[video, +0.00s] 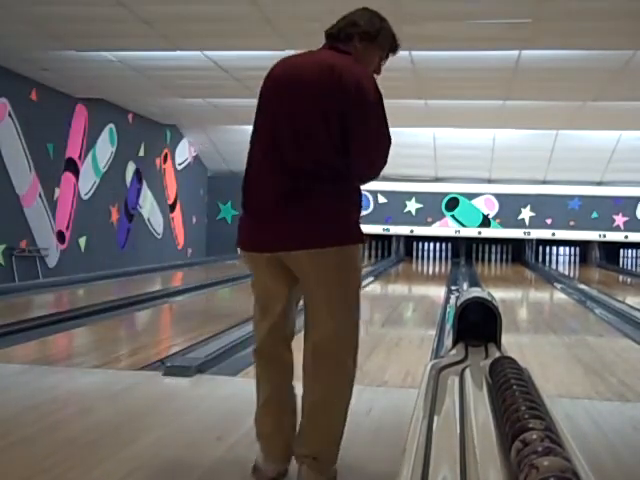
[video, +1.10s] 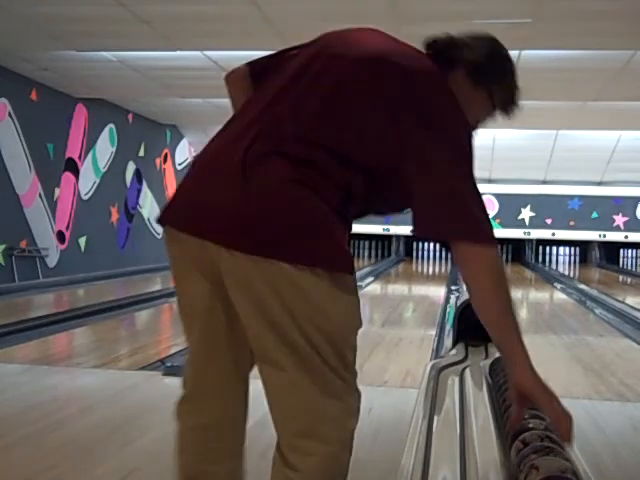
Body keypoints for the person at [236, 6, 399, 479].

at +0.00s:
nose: (378, 71)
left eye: (383, 62)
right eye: (380, 60)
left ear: (337, 39)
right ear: (360, 43)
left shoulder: (282, 69)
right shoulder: (358, 81)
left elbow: (266, 147)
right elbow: (372, 160)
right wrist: (326, 177)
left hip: (260, 226)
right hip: (324, 231)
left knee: (270, 339)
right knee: (332, 345)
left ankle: (272, 457)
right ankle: (316, 462)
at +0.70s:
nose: (393, 35)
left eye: (400, 24)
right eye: (398, 18)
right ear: (375, 2)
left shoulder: (274, 27)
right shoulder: (335, 34)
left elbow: (212, 111)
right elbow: (338, 133)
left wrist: (287, 146)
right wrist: (401, 217)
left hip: (218, 225)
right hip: (288, 229)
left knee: (236, 383)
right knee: (310, 393)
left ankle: (232, 475)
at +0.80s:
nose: (414, 38)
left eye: (421, 27)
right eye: (416, 21)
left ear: (376, 2)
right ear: (386, 6)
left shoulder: (287, 26)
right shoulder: (352, 44)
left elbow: (214, 101)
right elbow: (386, 169)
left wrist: (285, 143)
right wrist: (444, 258)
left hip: (214, 227)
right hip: (286, 233)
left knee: (233, 382)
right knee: (310, 396)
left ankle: (231, 475)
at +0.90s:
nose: (436, 65)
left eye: (444, 52)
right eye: (439, 45)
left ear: (391, 13)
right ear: (411, 21)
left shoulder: (307, 29)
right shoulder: (384, 65)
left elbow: (218, 94)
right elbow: (429, 197)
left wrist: (279, 147)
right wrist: (481, 299)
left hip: (209, 235)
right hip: (289, 243)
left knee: (224, 400)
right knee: (307, 410)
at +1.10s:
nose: (478, 123)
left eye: (488, 115)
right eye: (485, 110)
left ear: (442, 58)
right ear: (466, 75)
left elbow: (240, 77)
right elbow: (474, 248)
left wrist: (272, 165)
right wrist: (522, 371)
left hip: (192, 215)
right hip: (285, 235)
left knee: (208, 397)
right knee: (317, 417)